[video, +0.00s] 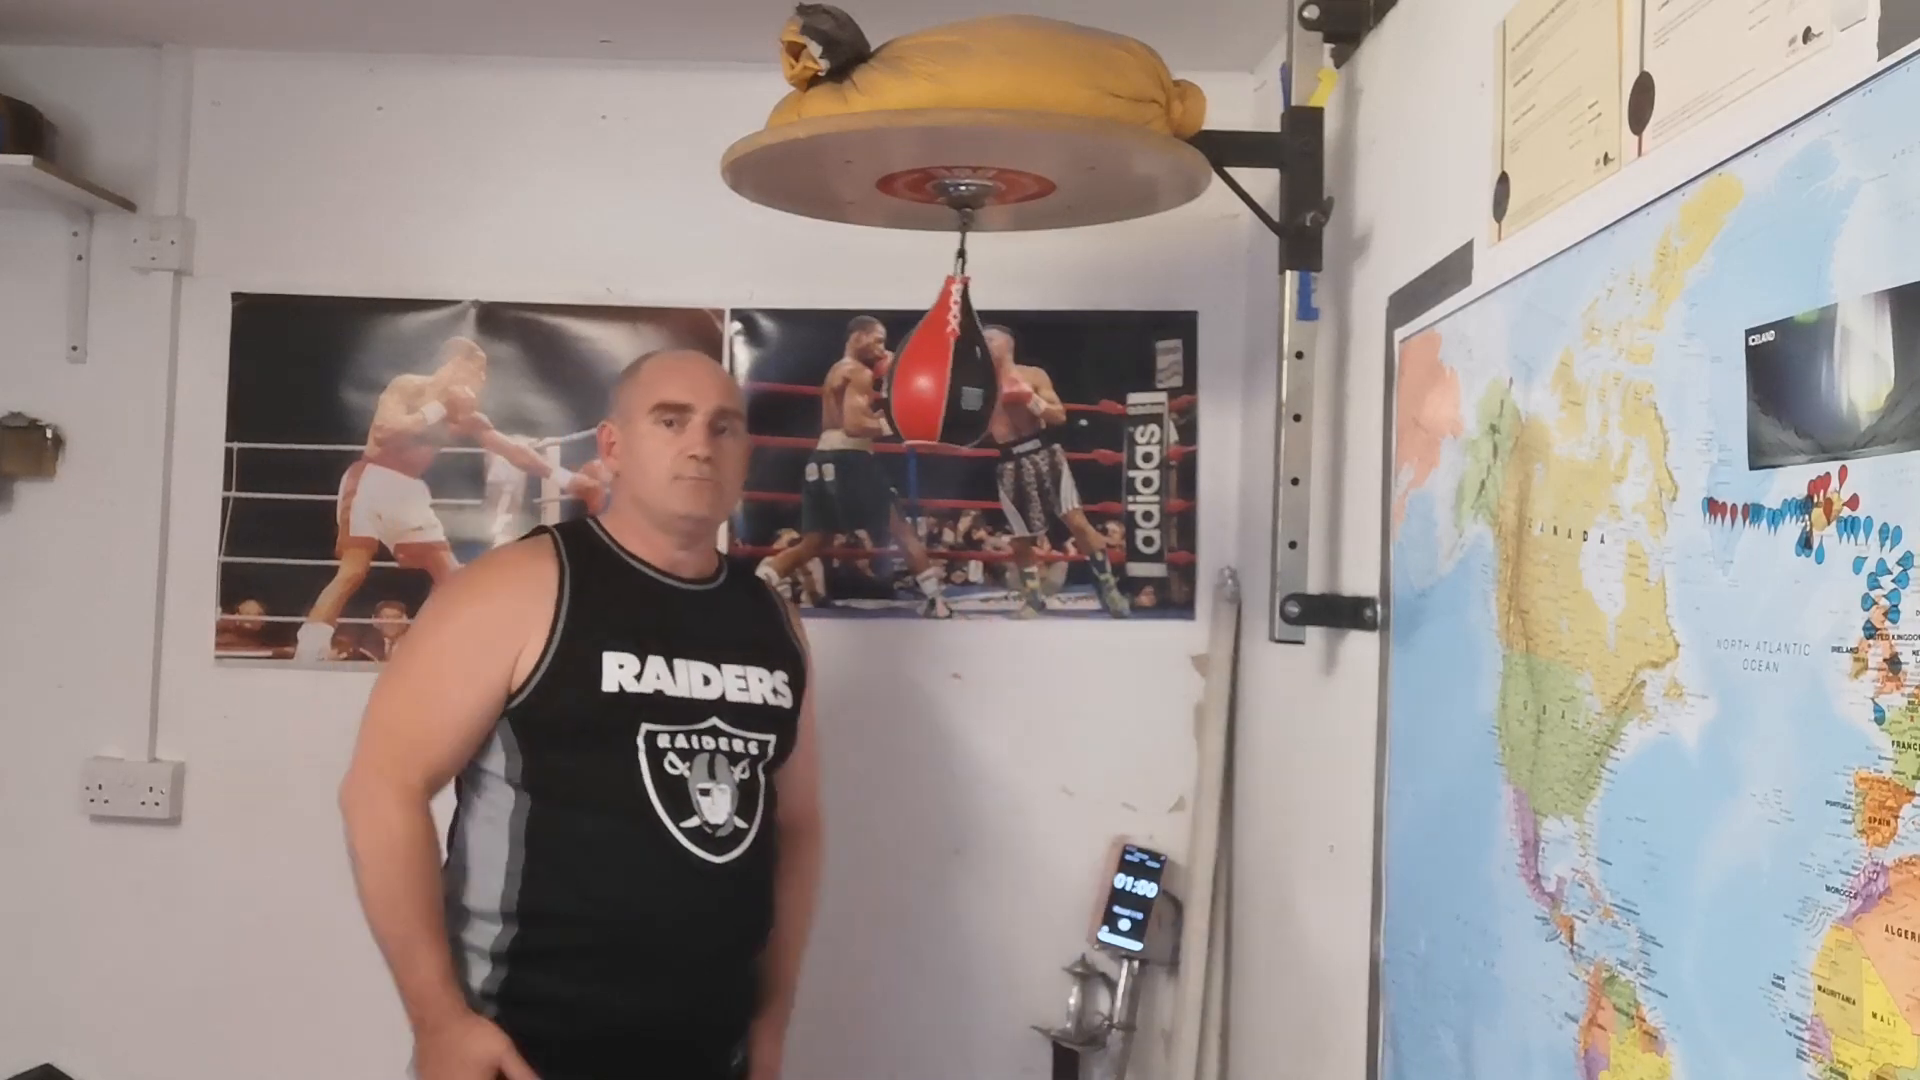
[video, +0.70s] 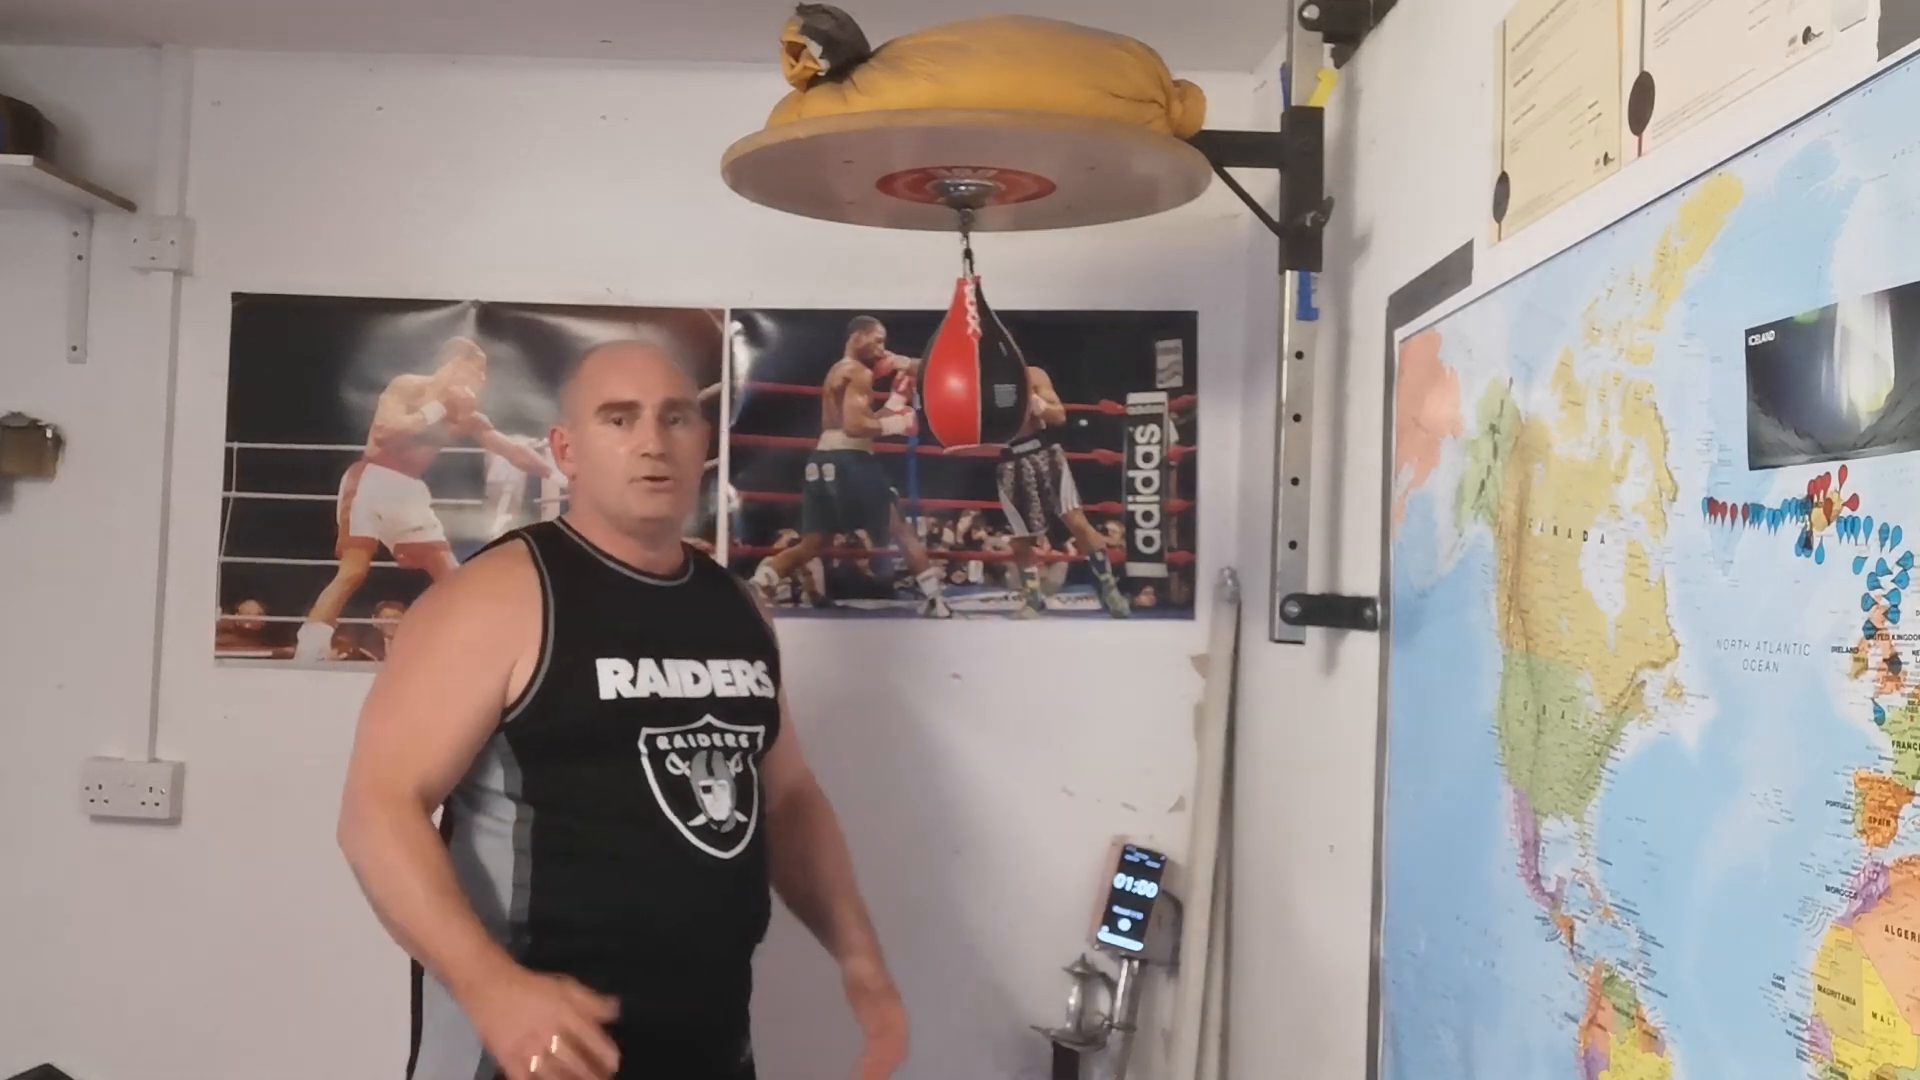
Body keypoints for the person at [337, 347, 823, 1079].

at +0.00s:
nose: (702, 442)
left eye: (724, 425)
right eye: (670, 419)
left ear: (745, 459)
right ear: (611, 447)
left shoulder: (768, 619)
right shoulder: (518, 586)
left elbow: (795, 828)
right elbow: (381, 787)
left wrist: (770, 1018)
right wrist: (439, 1019)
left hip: (708, 1040)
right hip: (533, 1037)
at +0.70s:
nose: (653, 443)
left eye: (676, 418)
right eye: (619, 419)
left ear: (706, 443)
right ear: (565, 450)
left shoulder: (730, 607)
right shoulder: (495, 598)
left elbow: (787, 801)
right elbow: (378, 811)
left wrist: (857, 949)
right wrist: (495, 989)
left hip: (711, 1038)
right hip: (553, 1042)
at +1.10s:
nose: (637, 442)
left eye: (663, 419)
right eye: (605, 418)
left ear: (693, 453)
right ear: (550, 450)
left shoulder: (725, 602)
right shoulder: (484, 589)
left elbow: (808, 797)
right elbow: (353, 804)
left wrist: (841, 734)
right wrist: (516, 719)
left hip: (697, 1016)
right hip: (518, 1019)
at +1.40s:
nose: (647, 447)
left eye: (670, 422)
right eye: (614, 421)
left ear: (696, 449)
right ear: (557, 450)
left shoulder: (728, 605)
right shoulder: (478, 595)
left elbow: (799, 783)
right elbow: (358, 804)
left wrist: (836, 791)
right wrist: (502, 786)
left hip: (692, 1015)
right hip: (514, 1018)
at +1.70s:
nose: (653, 444)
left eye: (677, 421)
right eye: (621, 419)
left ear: (702, 448)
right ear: (564, 448)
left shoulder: (729, 606)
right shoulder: (488, 589)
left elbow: (801, 774)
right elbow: (361, 786)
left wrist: (835, 835)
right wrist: (512, 867)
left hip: (692, 1019)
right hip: (517, 1024)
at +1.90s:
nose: (659, 444)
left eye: (681, 420)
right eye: (627, 418)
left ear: (709, 450)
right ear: (570, 448)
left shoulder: (736, 612)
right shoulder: (493, 592)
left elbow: (788, 812)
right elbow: (380, 804)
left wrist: (807, 1001)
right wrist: (417, 1042)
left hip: (699, 1037)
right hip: (528, 1037)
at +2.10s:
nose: (678, 449)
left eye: (701, 426)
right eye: (645, 423)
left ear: (724, 452)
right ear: (587, 450)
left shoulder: (738, 610)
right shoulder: (497, 594)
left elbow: (766, 816)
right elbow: (362, 799)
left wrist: (749, 1023)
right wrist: (365, 1040)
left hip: (693, 1039)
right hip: (516, 1039)